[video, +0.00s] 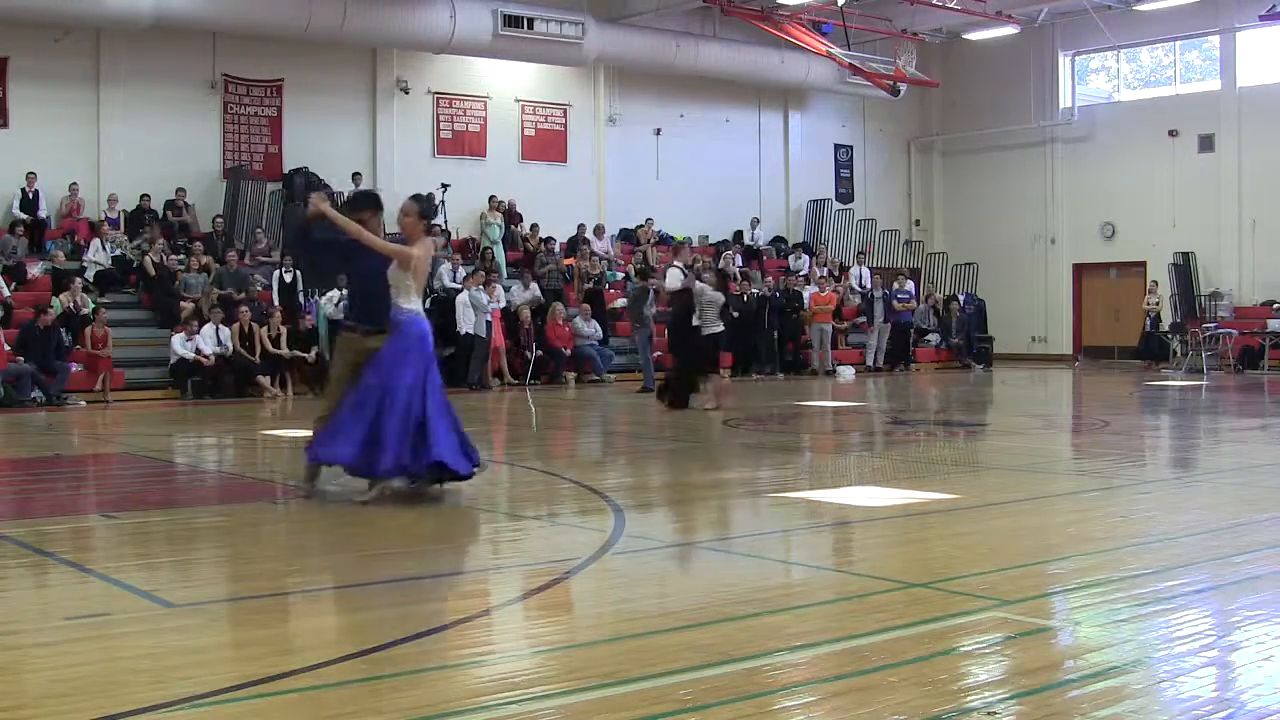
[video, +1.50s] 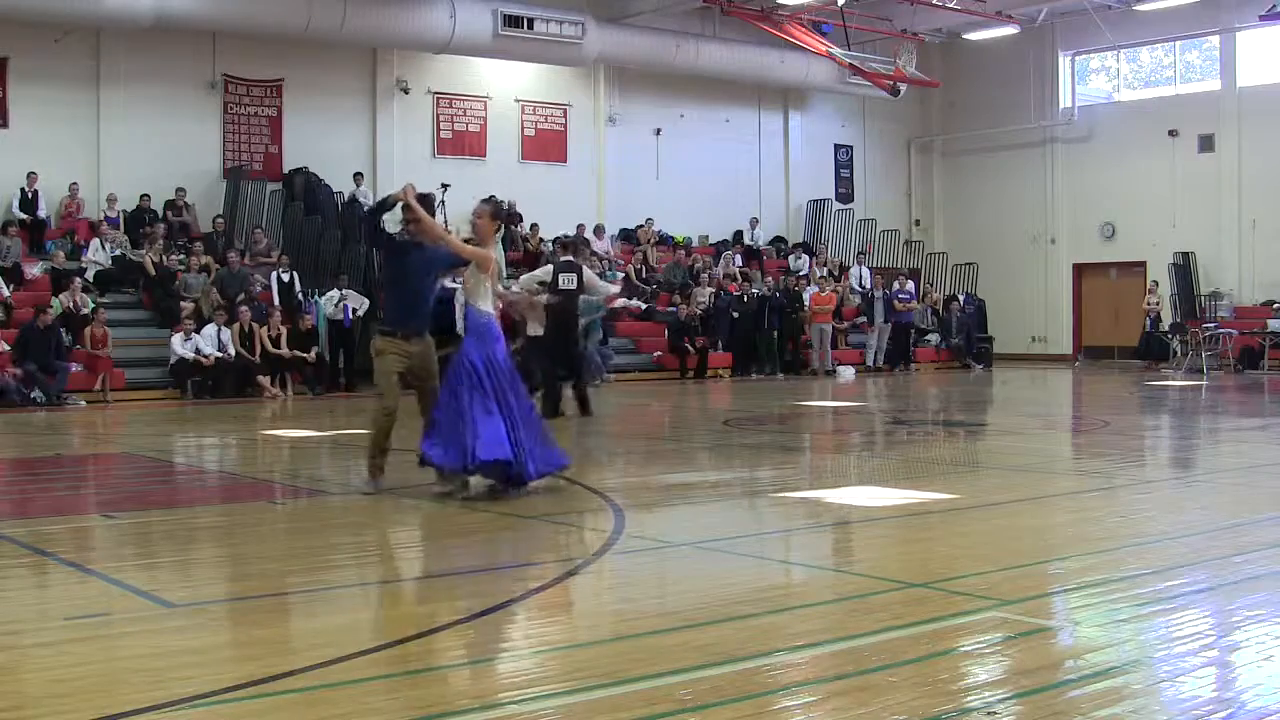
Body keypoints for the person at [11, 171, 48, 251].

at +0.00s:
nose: (31, 180)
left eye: (33, 178)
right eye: (29, 178)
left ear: (36, 180)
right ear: (26, 180)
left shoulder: (39, 193)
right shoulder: (20, 192)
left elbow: (42, 208)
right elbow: (15, 209)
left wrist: (41, 216)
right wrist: (25, 217)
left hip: (36, 216)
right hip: (24, 216)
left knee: (42, 223)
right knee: (33, 224)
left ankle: (40, 247)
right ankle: (31, 247)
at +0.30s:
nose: (31, 181)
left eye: (33, 179)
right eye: (29, 179)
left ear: (36, 180)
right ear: (26, 180)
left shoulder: (39, 193)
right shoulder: (20, 192)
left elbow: (42, 209)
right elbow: (14, 210)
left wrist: (41, 217)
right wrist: (25, 217)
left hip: (36, 218)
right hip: (24, 218)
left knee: (42, 223)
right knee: (33, 224)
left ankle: (39, 249)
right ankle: (31, 249)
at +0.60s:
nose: (31, 181)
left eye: (33, 179)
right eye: (29, 179)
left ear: (36, 180)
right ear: (26, 180)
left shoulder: (39, 193)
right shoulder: (19, 192)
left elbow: (42, 209)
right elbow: (14, 209)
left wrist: (41, 216)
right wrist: (25, 217)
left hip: (36, 217)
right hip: (24, 218)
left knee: (42, 223)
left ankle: (39, 248)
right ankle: (31, 248)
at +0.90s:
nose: (32, 181)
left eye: (34, 179)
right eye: (30, 179)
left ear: (36, 181)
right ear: (26, 180)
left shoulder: (39, 193)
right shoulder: (19, 192)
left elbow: (42, 208)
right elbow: (14, 209)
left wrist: (41, 216)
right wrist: (25, 217)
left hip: (35, 217)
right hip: (24, 217)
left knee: (42, 223)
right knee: (33, 225)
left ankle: (38, 248)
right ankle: (32, 248)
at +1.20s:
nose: (32, 181)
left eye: (34, 179)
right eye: (30, 179)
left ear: (36, 181)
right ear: (26, 180)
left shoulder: (39, 193)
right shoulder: (19, 192)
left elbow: (42, 208)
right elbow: (14, 209)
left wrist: (41, 216)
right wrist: (25, 217)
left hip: (35, 217)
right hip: (24, 217)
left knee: (42, 223)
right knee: (33, 225)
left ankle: (38, 248)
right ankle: (32, 248)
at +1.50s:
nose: (34, 182)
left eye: (35, 180)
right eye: (32, 180)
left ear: (36, 181)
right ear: (27, 179)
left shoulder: (39, 193)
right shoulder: (19, 192)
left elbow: (42, 209)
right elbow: (15, 209)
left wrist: (39, 216)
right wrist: (25, 217)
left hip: (36, 217)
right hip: (24, 218)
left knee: (42, 223)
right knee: (34, 225)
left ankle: (40, 249)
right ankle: (32, 249)